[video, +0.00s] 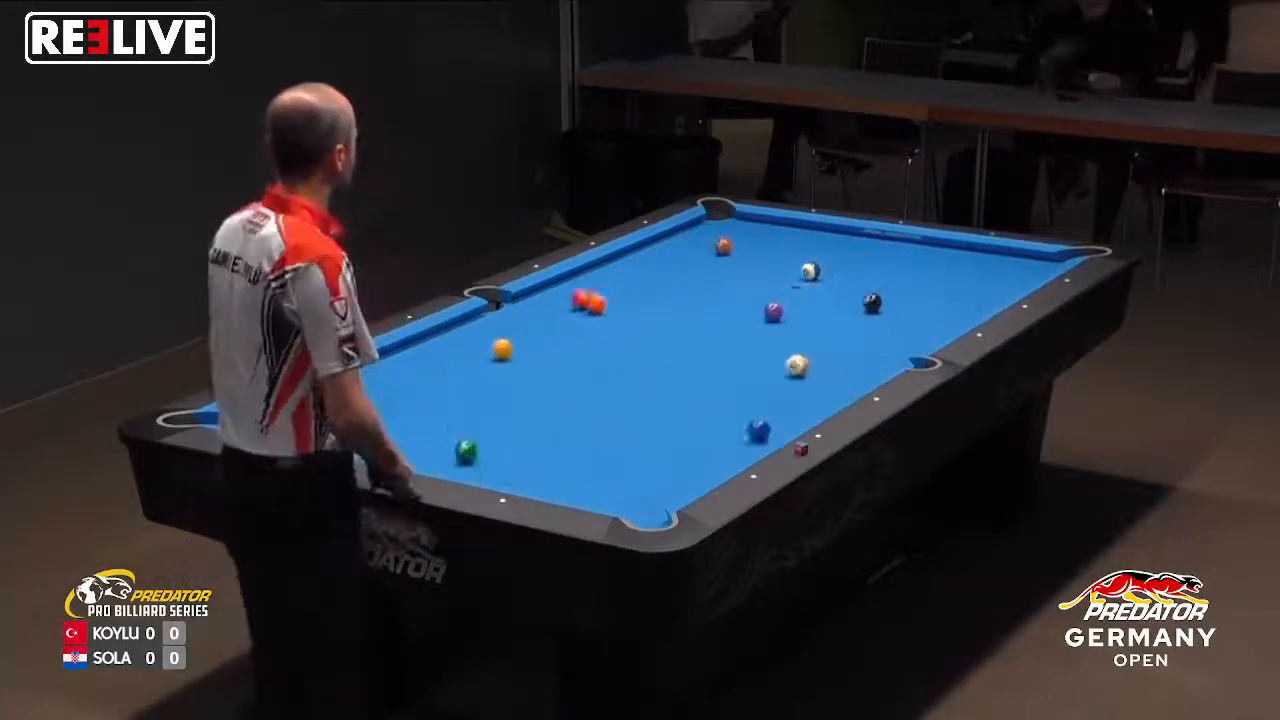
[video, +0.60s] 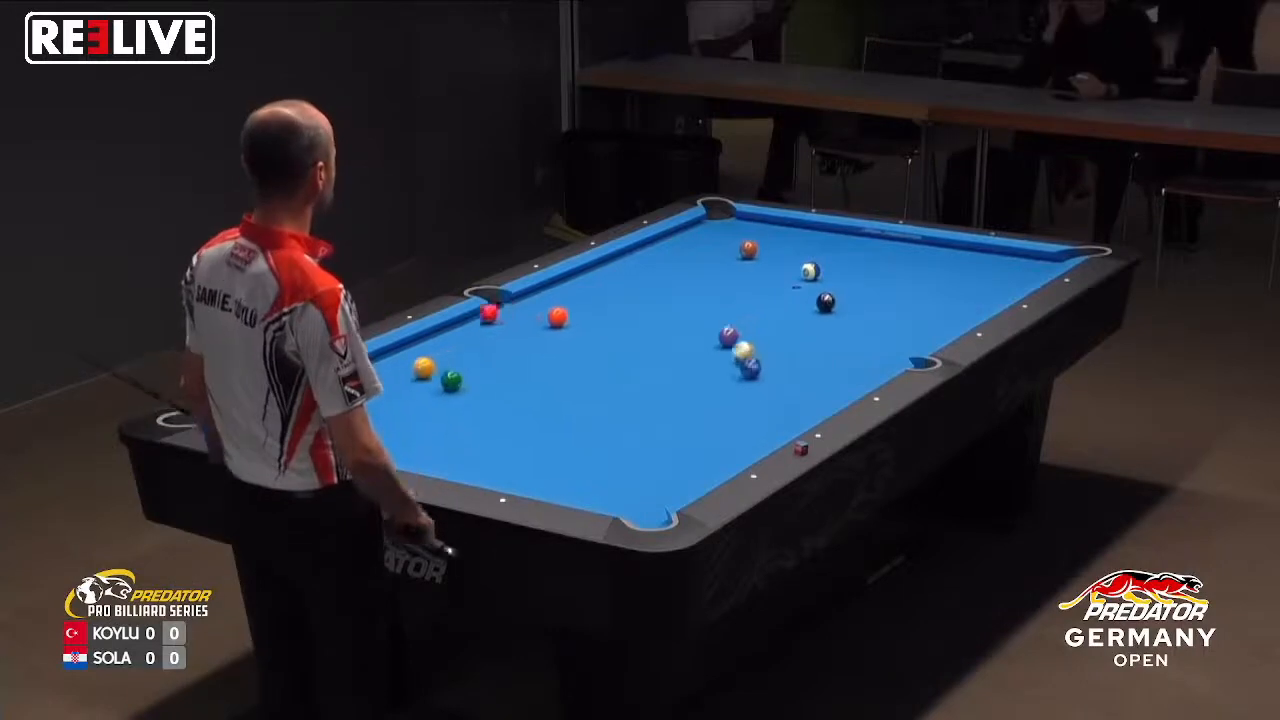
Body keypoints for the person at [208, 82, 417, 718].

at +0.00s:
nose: (354, 156)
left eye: (353, 143)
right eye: (353, 145)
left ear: (276, 148)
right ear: (339, 156)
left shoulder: (232, 232)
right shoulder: (313, 257)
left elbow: (244, 363)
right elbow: (348, 413)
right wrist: (389, 461)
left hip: (241, 473)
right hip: (303, 484)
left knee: (277, 651)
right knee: (329, 651)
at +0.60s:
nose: (334, 174)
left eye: (331, 161)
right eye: (332, 162)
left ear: (249, 168)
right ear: (320, 174)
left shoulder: (207, 261)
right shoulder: (314, 291)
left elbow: (196, 384)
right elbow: (358, 451)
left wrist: (227, 453)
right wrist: (405, 511)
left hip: (246, 500)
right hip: (317, 508)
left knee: (280, 663)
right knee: (349, 662)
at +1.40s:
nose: (337, 226)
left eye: (334, 211)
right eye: (336, 214)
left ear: (244, 216)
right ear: (321, 231)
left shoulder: (183, 317)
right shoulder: (325, 357)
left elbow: (175, 449)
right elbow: (370, 516)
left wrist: (190, 536)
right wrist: (416, 616)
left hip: (231, 575)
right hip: (316, 583)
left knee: (257, 705)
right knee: (339, 705)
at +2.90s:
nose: (254, 203)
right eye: (253, 192)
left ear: (160, 203)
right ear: (244, 202)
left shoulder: (106, 302)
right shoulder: (271, 321)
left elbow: (86, 441)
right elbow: (314, 473)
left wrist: (106, 502)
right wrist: (337, 565)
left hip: (151, 539)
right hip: (251, 544)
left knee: (155, 689)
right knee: (270, 689)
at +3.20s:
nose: (188, 182)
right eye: (187, 172)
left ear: (103, 176)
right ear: (180, 182)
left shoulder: (46, 279)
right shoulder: (218, 291)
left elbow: (17, 423)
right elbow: (258, 440)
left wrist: (52, 446)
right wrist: (270, 522)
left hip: (94, 522)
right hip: (191, 521)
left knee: (124, 694)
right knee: (239, 682)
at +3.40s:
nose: (157, 177)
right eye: (157, 166)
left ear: (74, 168)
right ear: (151, 174)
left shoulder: (21, 271)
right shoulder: (195, 276)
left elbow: (8, 409)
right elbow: (227, 419)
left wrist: (48, 409)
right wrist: (221, 497)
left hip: (72, 514)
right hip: (173, 508)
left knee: (108, 683)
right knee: (193, 674)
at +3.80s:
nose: (128, 171)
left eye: (126, 161)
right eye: (128, 162)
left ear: (49, 161)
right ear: (118, 167)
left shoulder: (8, 249)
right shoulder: (157, 264)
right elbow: (180, 404)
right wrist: (166, 486)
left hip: (30, 482)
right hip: (127, 478)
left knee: (57, 636)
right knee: (117, 633)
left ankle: (85, 711)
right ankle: (107, 713)